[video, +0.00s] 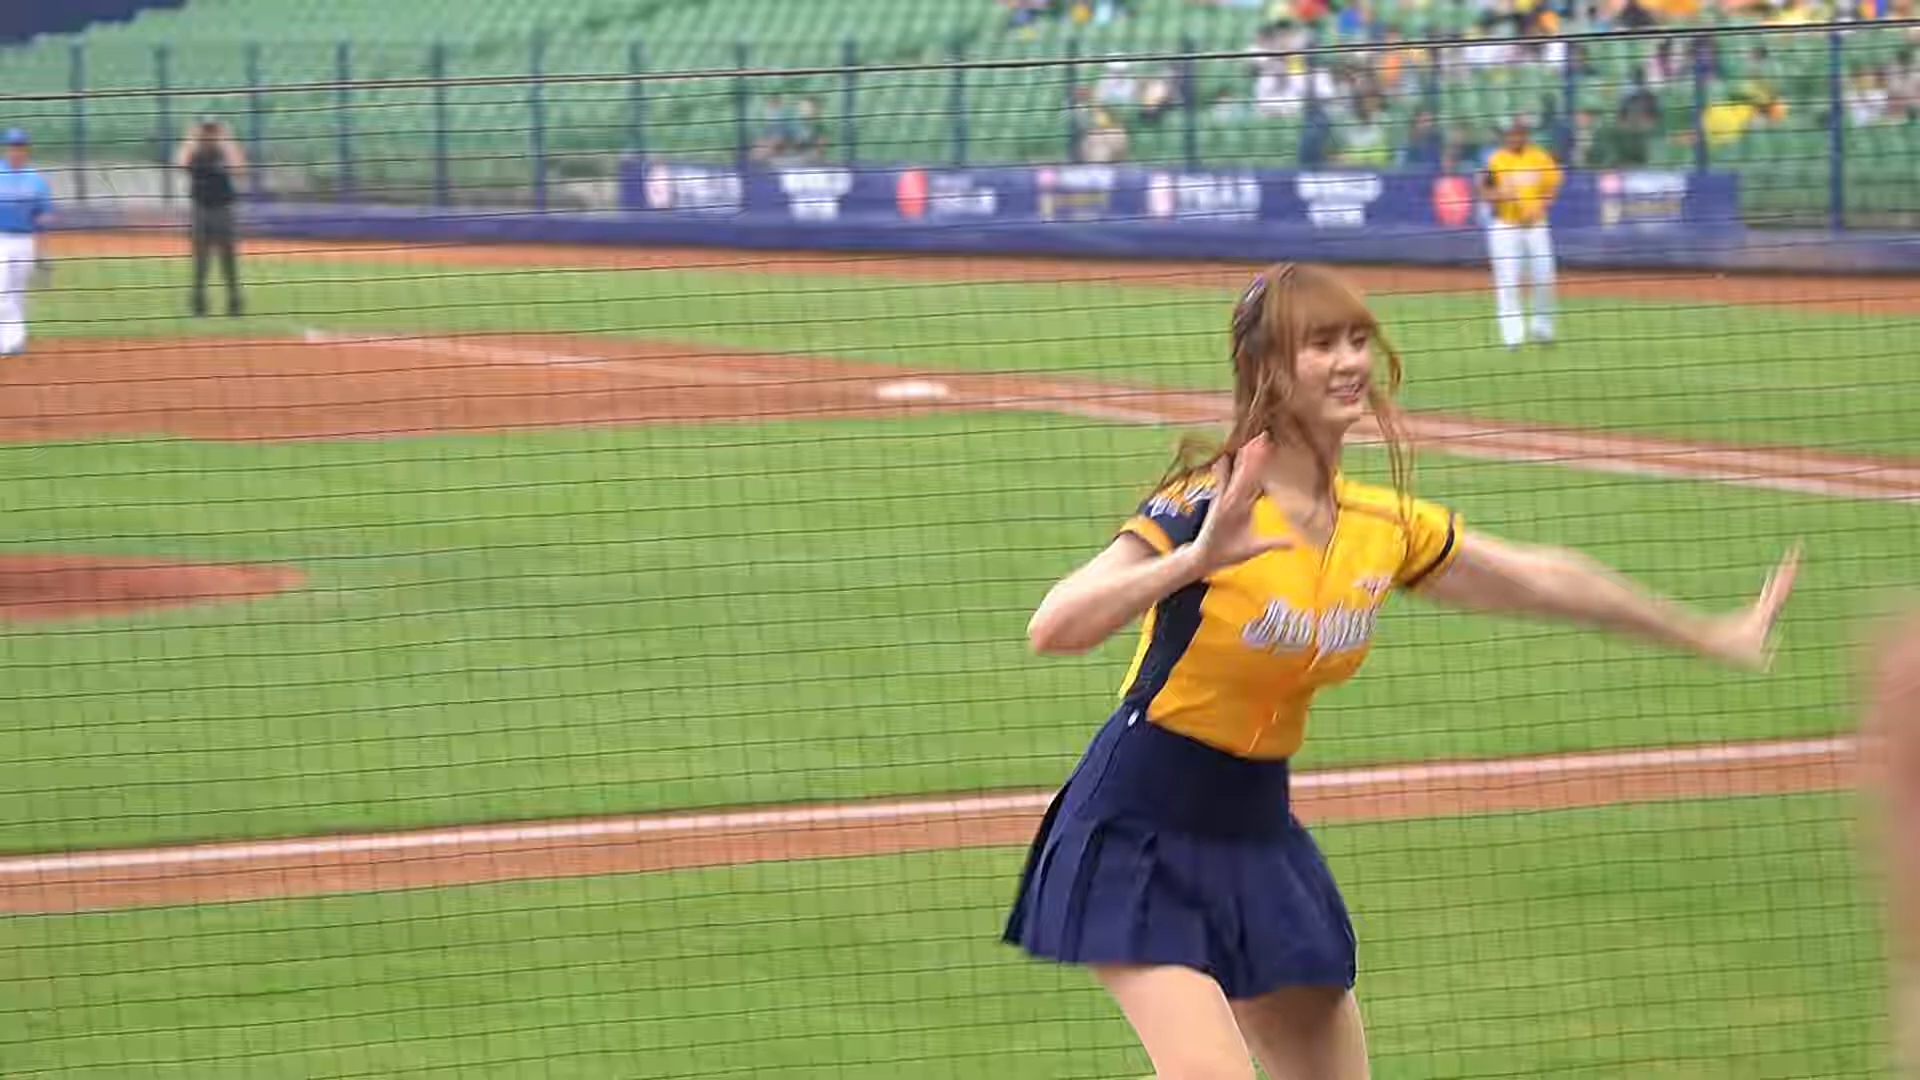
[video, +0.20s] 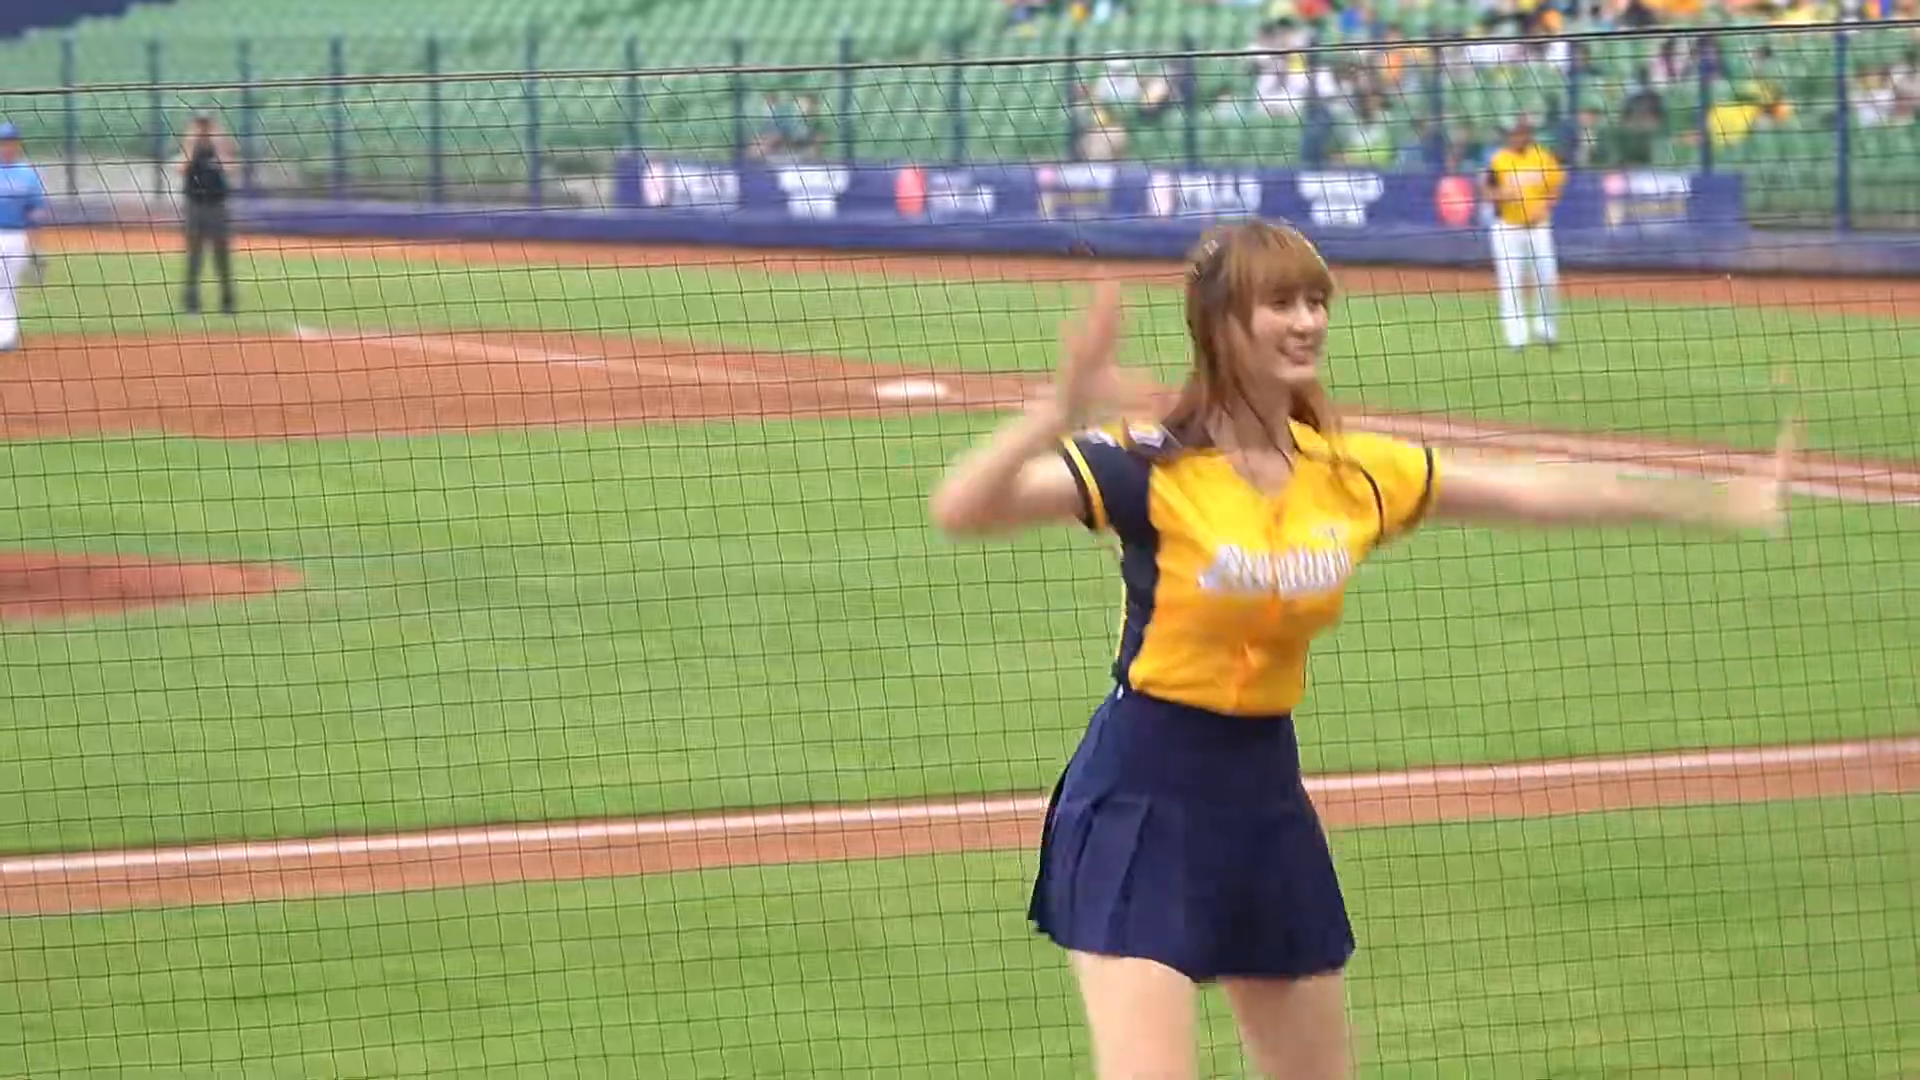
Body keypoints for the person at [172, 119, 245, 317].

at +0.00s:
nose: (208, 141)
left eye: (213, 137)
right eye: (204, 137)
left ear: (219, 138)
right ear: (199, 138)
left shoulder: (224, 153)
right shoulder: (195, 154)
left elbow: (237, 167)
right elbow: (182, 162)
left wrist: (226, 142)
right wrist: (191, 140)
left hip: (223, 212)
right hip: (201, 212)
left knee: (228, 261)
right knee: (200, 261)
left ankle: (233, 302)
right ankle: (199, 303)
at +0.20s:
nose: (203, 134)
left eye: (206, 130)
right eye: (199, 130)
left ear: (211, 131)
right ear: (194, 131)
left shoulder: (219, 148)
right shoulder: (190, 149)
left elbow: (231, 168)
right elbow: (182, 168)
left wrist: (218, 144)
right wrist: (192, 143)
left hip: (217, 207)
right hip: (195, 207)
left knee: (222, 256)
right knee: (194, 256)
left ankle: (227, 299)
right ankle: (191, 299)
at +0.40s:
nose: (197, 131)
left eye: (200, 126)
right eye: (193, 127)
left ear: (206, 126)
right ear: (186, 126)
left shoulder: (215, 146)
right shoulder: (180, 147)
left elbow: (228, 173)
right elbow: (171, 172)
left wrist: (211, 160)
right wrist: (187, 159)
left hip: (212, 204)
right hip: (188, 204)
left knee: (215, 253)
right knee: (185, 252)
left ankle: (220, 294)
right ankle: (182, 294)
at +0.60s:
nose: (182, 123)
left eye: (186, 118)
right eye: (178, 118)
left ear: (192, 118)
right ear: (170, 118)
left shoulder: (202, 140)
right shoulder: (163, 142)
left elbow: (216, 167)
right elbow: (156, 170)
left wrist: (206, 184)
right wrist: (166, 184)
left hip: (198, 196)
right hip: (173, 196)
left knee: (201, 249)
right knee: (169, 246)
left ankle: (204, 291)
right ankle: (165, 290)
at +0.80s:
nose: (154, 111)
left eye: (158, 107)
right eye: (150, 106)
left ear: (163, 108)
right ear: (143, 106)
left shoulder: (173, 131)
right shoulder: (133, 132)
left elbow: (187, 159)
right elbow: (125, 163)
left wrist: (181, 183)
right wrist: (133, 186)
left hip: (169, 190)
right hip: (143, 190)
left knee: (171, 243)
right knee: (139, 242)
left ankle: (176, 285)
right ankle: (135, 285)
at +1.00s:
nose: (123, 113)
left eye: (127, 108)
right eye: (119, 108)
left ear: (133, 108)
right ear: (112, 107)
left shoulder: (142, 127)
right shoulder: (103, 128)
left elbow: (160, 150)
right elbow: (90, 154)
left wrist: (155, 176)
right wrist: (98, 181)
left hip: (138, 188)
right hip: (112, 188)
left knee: (140, 240)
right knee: (110, 240)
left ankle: (148, 284)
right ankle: (106, 285)